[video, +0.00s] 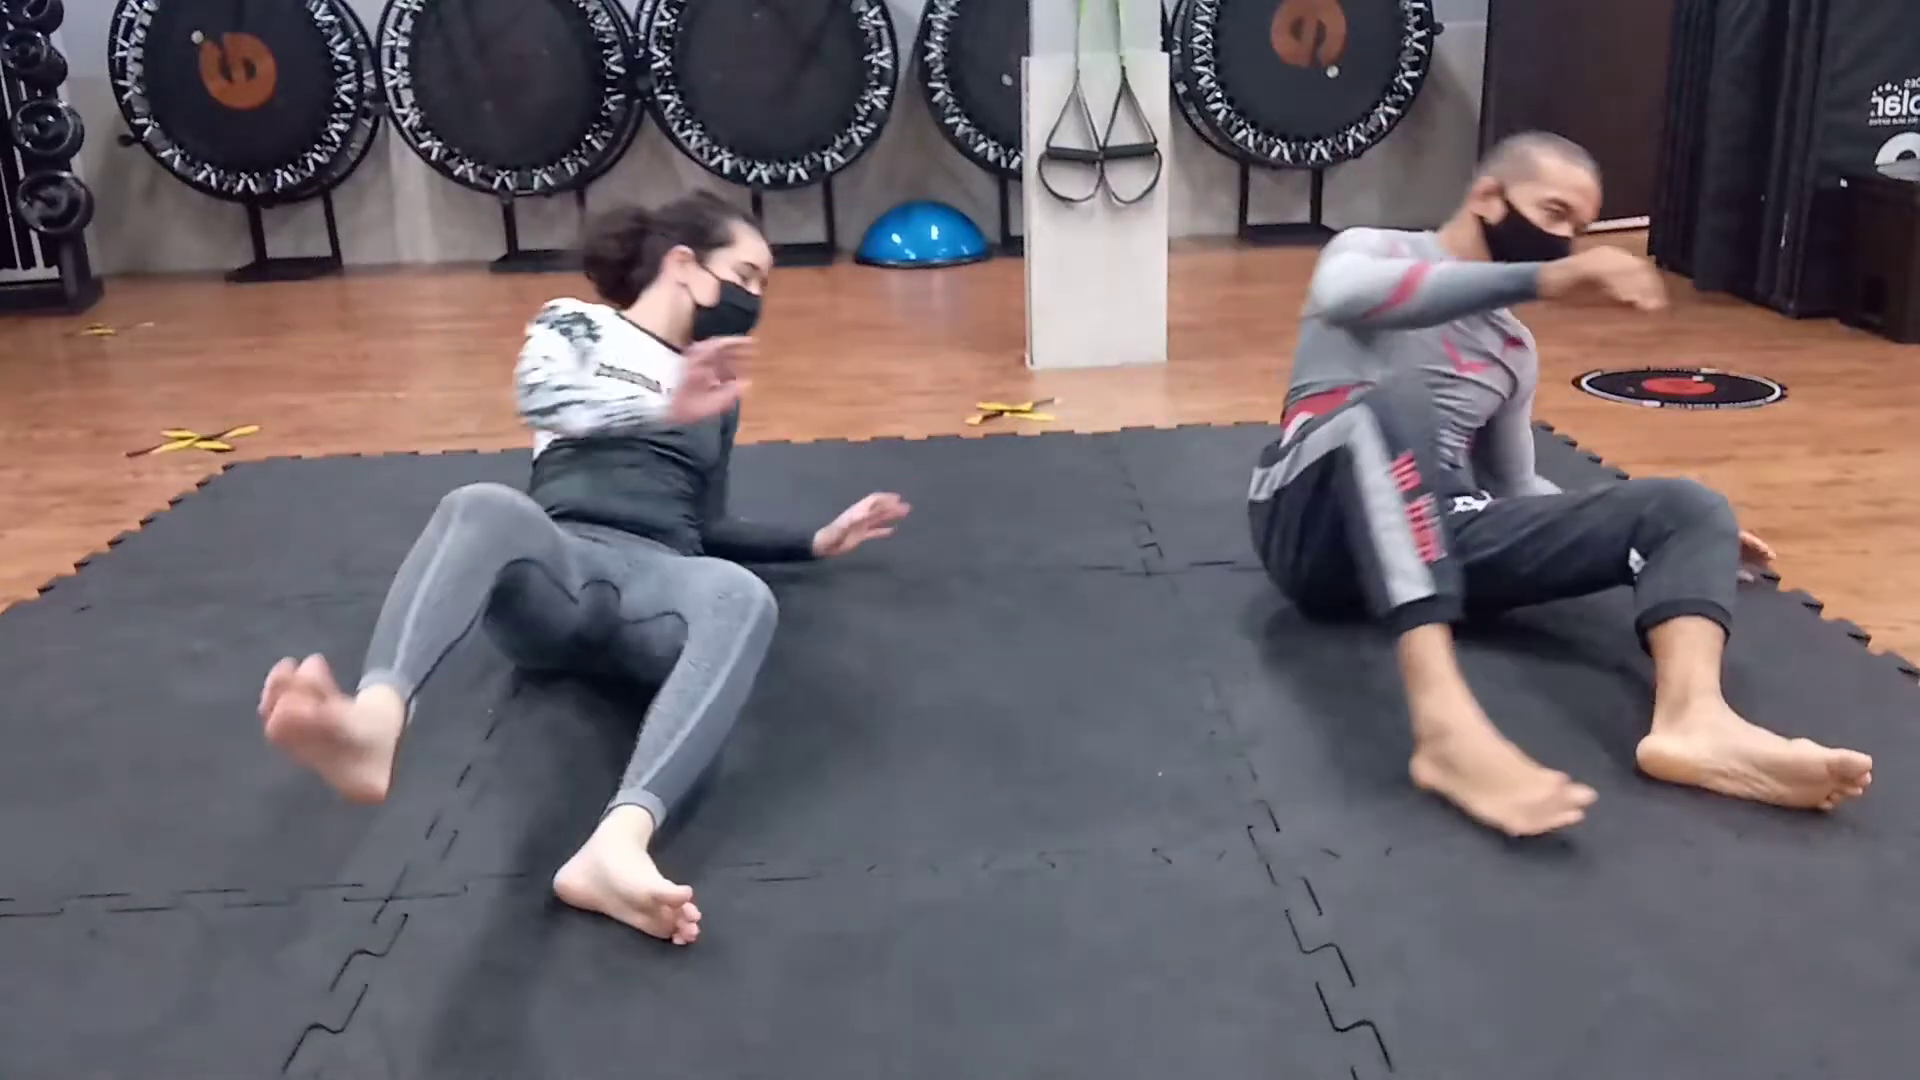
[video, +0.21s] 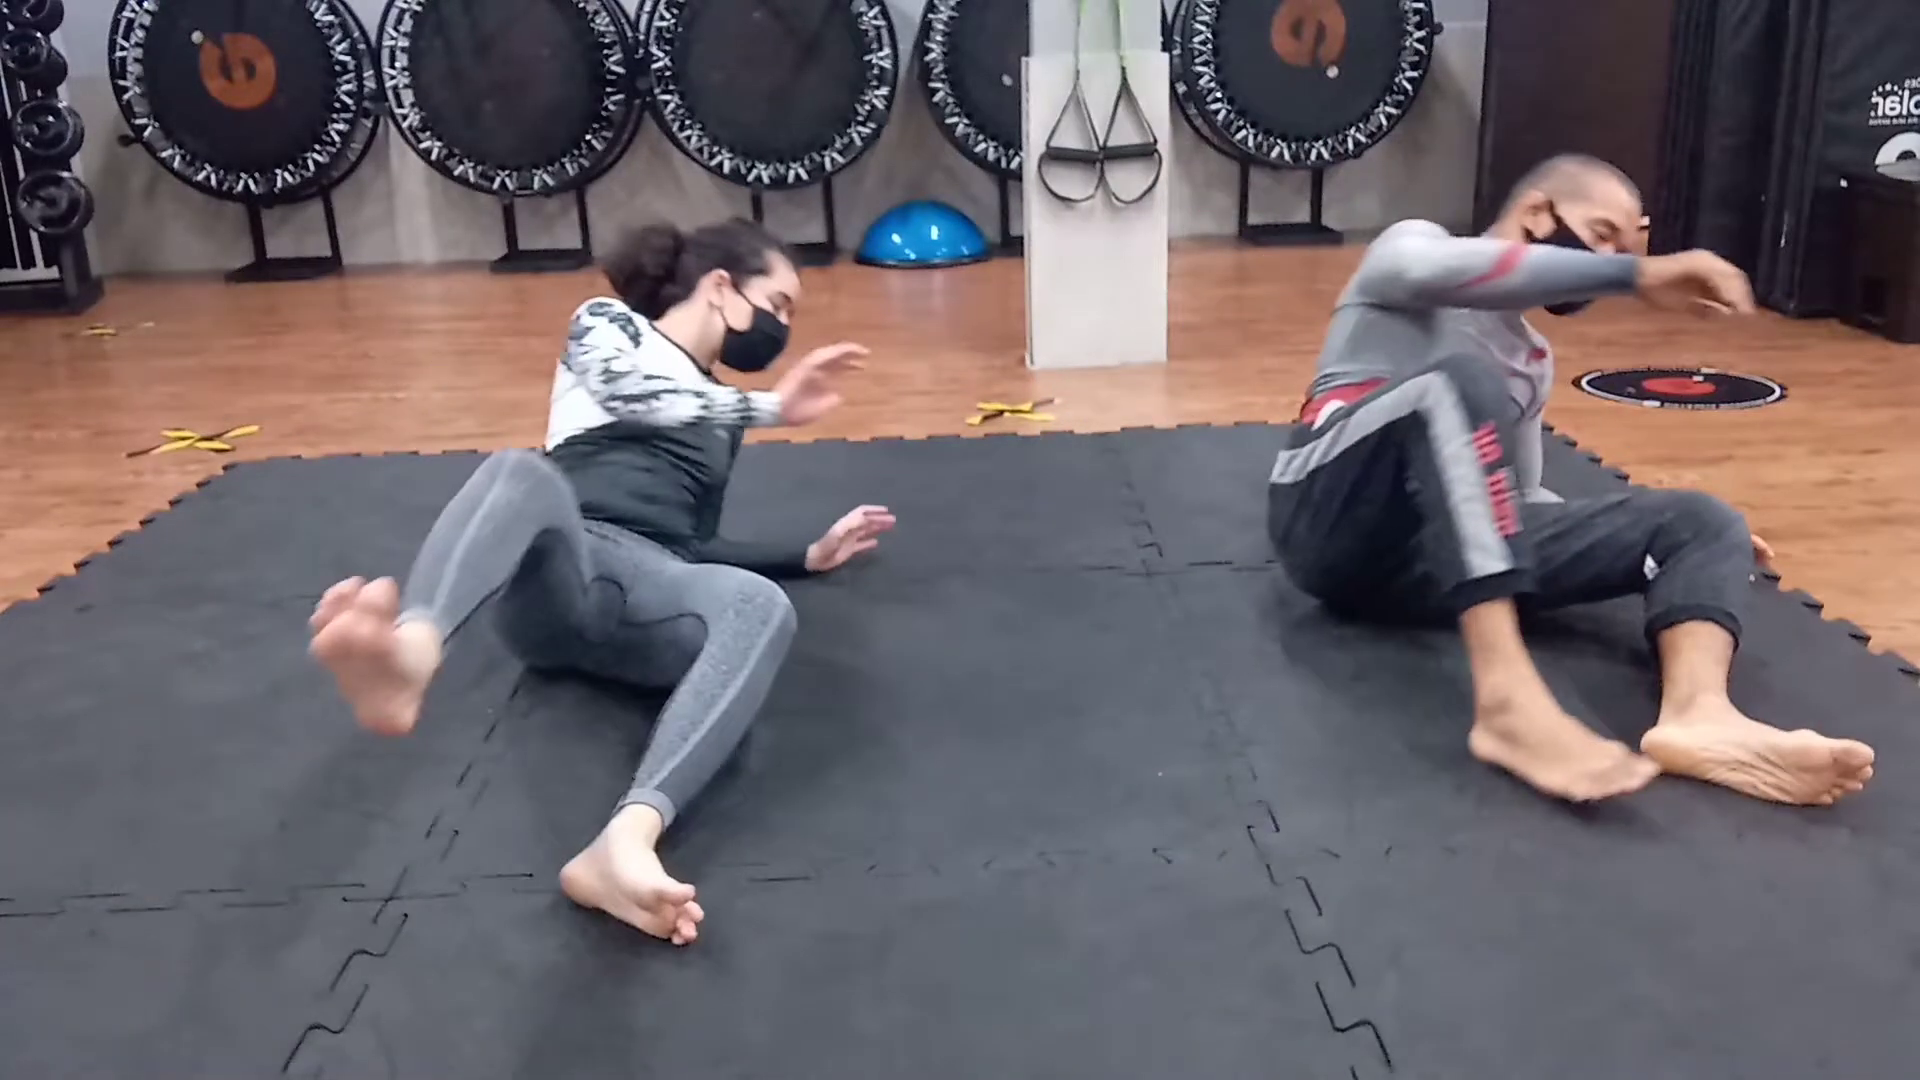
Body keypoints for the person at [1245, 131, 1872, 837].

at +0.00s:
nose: (1562, 244)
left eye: (1580, 231)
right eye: (1550, 214)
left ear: (1581, 245)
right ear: (1485, 194)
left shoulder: (1513, 353)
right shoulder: (1370, 248)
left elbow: (1520, 498)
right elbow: (1345, 299)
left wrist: (1693, 544)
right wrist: (1542, 278)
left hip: (1451, 538)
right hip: (1321, 532)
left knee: (1688, 506)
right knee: (1383, 404)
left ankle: (1691, 714)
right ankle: (1445, 725)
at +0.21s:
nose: (1611, 261)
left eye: (1624, 253)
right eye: (1597, 233)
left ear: (1618, 269)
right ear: (1530, 215)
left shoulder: (1529, 361)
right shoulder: (1410, 247)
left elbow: (1523, 501)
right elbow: (1428, 273)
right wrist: (1633, 274)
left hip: (1445, 563)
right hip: (1333, 529)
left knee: (1702, 522)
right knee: (1456, 383)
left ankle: (1695, 710)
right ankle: (1506, 700)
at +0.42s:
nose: (1644, 278)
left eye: (1654, 270)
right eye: (1639, 249)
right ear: (1578, 224)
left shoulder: (1542, 357)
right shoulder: (1457, 246)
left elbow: (1557, 499)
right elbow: (1537, 257)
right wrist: (1710, 284)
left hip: (1449, 559)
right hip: (1348, 510)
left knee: (1714, 546)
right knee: (1537, 370)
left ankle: (1696, 712)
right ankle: (1533, 682)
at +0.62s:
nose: (1685, 296)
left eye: (1699, 285)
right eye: (1683, 270)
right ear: (1642, 247)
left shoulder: (1569, 363)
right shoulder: (1517, 247)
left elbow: (1552, 485)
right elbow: (1657, 259)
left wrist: (1684, 537)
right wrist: (1765, 311)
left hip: (1442, 566)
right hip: (1378, 482)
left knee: (1723, 576)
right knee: (1629, 391)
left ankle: (1700, 704)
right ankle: (1547, 687)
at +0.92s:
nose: (1725, 353)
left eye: (1744, 334)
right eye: (1738, 315)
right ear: (1707, 290)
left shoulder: (1621, 387)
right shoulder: (1603, 268)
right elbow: (1725, 295)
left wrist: (1708, 535)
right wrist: (1813, 373)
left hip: (1447, 580)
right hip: (1440, 464)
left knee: (1753, 586)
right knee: (1743, 445)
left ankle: (1702, 696)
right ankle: (1557, 692)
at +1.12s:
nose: (1701, 388)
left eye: (1710, 384)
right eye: (1710, 369)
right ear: (1705, 298)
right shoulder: (1642, 284)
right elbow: (1773, 339)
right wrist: (1835, 424)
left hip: (1444, 578)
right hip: (1462, 468)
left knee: (1758, 583)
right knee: (1768, 489)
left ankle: (1697, 693)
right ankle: (1526, 687)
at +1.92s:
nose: (1722, 407)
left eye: (1733, 397)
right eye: (1731, 385)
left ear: (1658, 377)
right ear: (1698, 347)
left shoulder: (1584, 411)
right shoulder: (1626, 305)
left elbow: (1524, 511)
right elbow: (1829, 343)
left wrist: (1671, 510)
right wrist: (1906, 451)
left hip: (1350, 567)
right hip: (1348, 455)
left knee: (1631, 578)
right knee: (1659, 439)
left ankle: (1687, 725)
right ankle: (1483, 703)